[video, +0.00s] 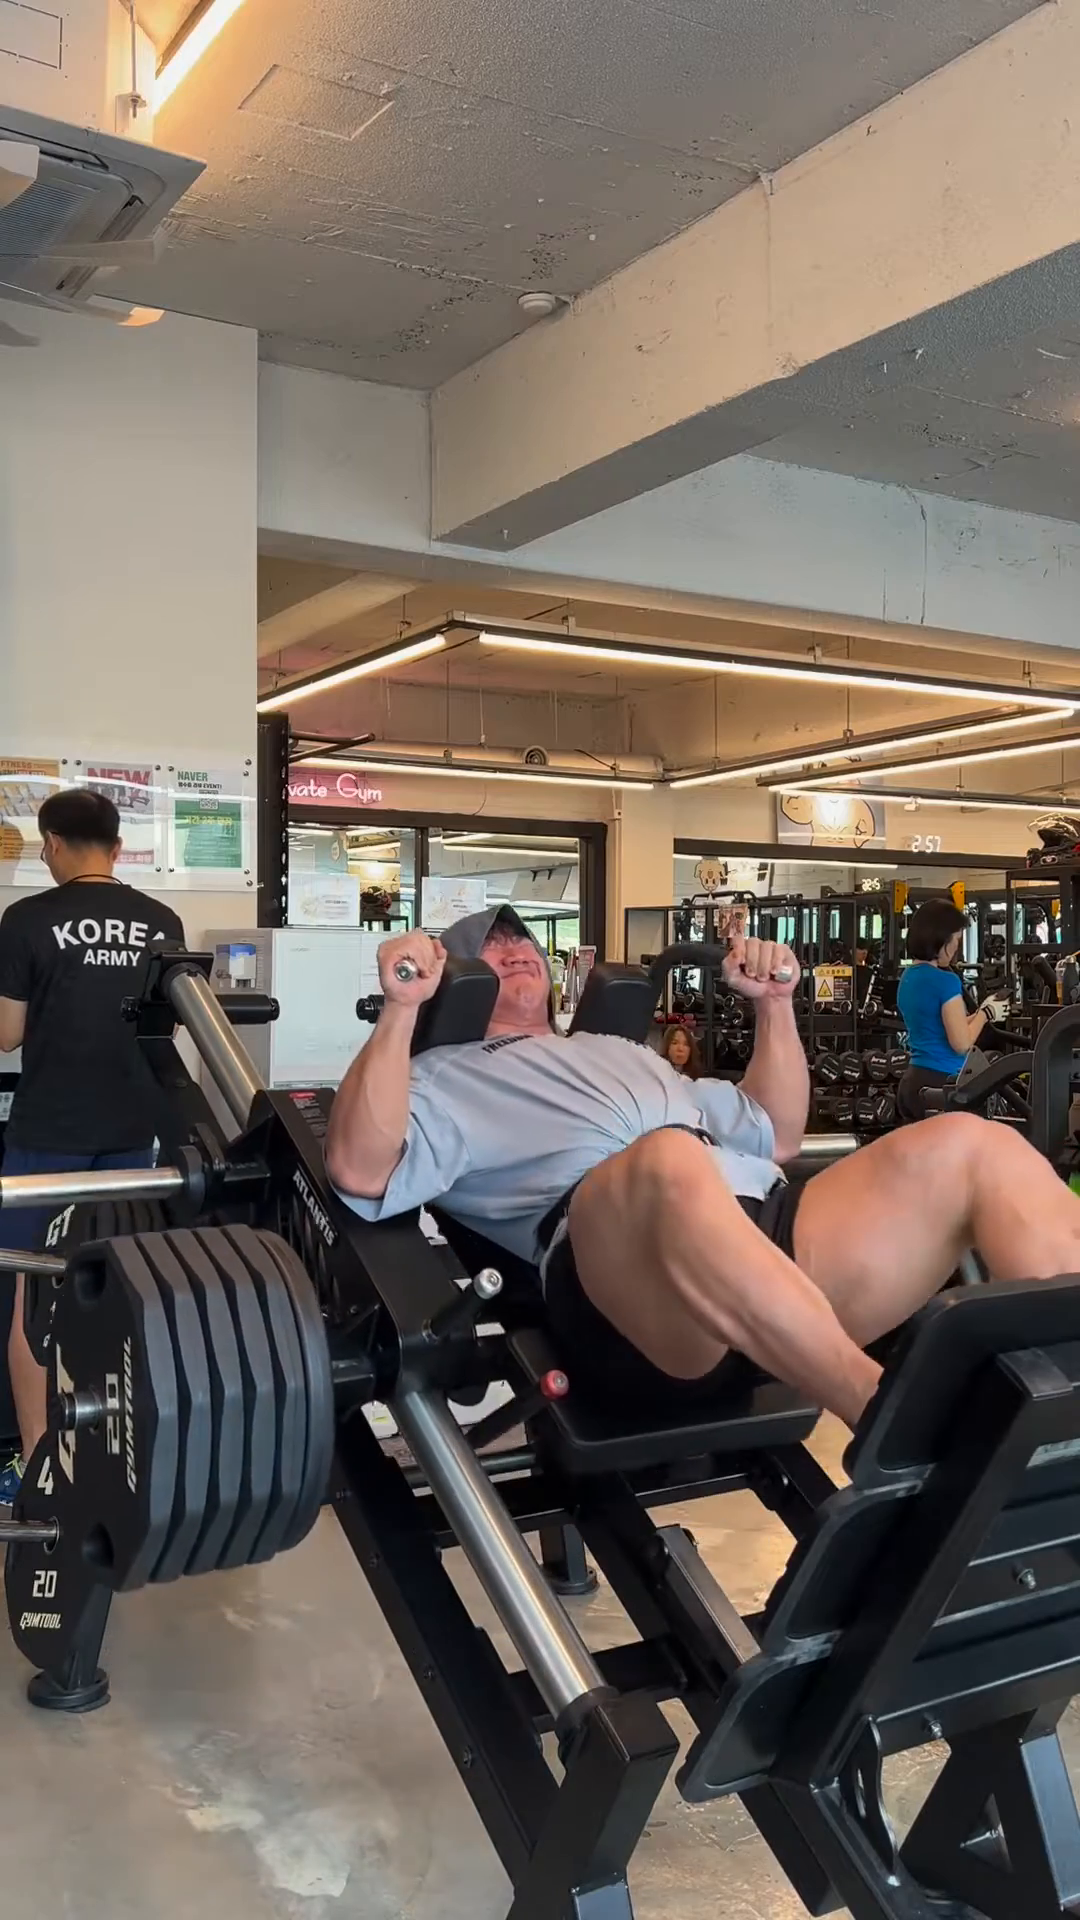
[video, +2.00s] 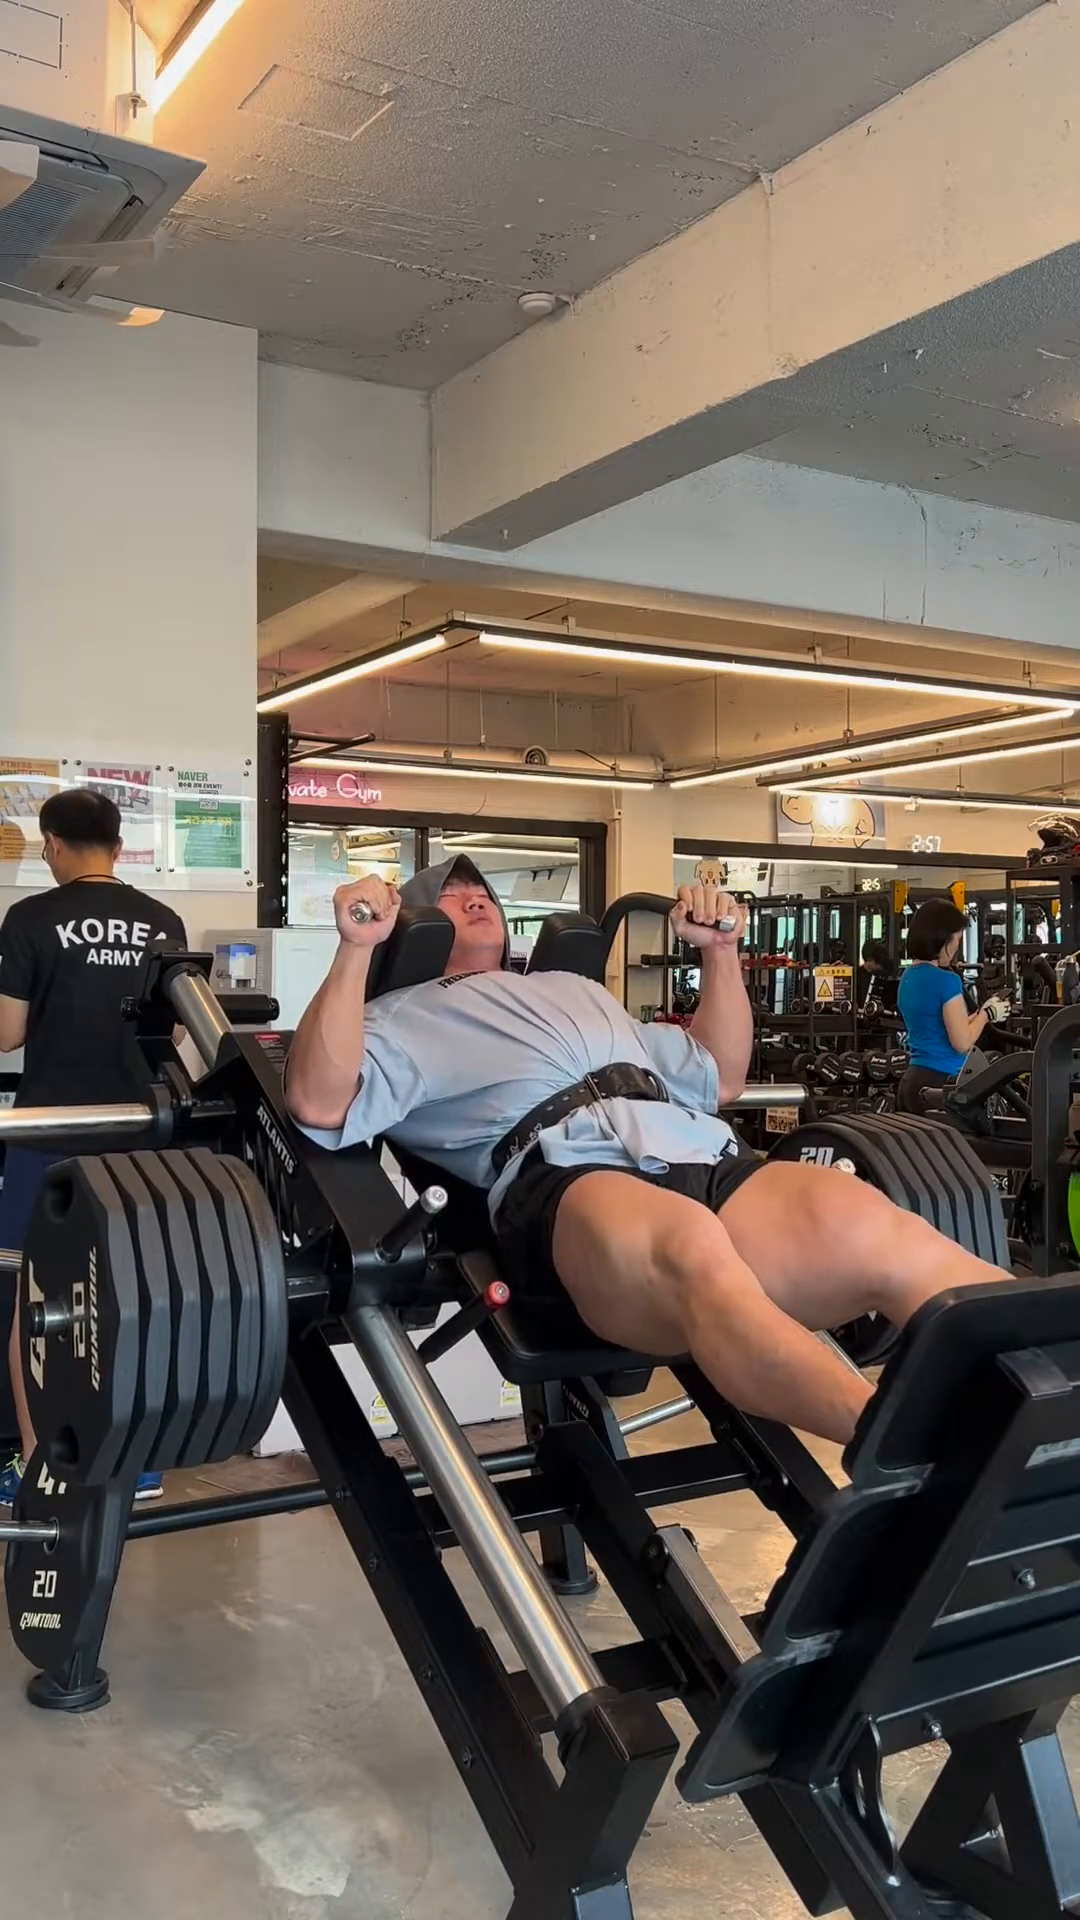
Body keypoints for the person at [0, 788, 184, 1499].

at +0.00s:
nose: (49, 858)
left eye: (47, 847)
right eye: (56, 848)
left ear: (50, 846)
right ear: (117, 848)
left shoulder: (29, 919)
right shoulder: (164, 921)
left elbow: (9, 1032)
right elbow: (170, 1021)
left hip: (50, 1130)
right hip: (142, 1128)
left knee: (23, 1297)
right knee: (128, 1287)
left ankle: (41, 1458)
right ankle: (131, 1445)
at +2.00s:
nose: (49, 858)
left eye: (46, 848)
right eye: (53, 849)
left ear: (52, 847)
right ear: (118, 847)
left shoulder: (33, 917)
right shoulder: (165, 920)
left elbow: (8, 1032)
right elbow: (179, 1031)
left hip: (47, 1139)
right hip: (139, 1141)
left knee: (29, 1299)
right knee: (133, 1297)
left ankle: (36, 1458)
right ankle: (136, 1463)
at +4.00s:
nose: (45, 861)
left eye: (43, 851)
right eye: (48, 851)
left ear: (49, 849)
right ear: (114, 847)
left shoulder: (33, 919)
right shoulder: (162, 920)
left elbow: (12, 1037)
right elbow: (182, 1030)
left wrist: (61, 1027)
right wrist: (120, 1026)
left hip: (51, 1131)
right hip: (137, 1132)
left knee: (30, 1297)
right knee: (121, 1287)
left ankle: (39, 1461)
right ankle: (121, 1449)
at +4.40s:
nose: (50, 860)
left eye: (47, 850)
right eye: (56, 850)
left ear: (51, 848)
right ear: (118, 849)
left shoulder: (33, 917)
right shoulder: (164, 920)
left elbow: (10, 1034)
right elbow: (185, 1032)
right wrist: (123, 1034)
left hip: (51, 1132)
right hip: (137, 1133)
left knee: (29, 1299)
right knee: (129, 1290)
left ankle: (41, 1463)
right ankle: (137, 1451)